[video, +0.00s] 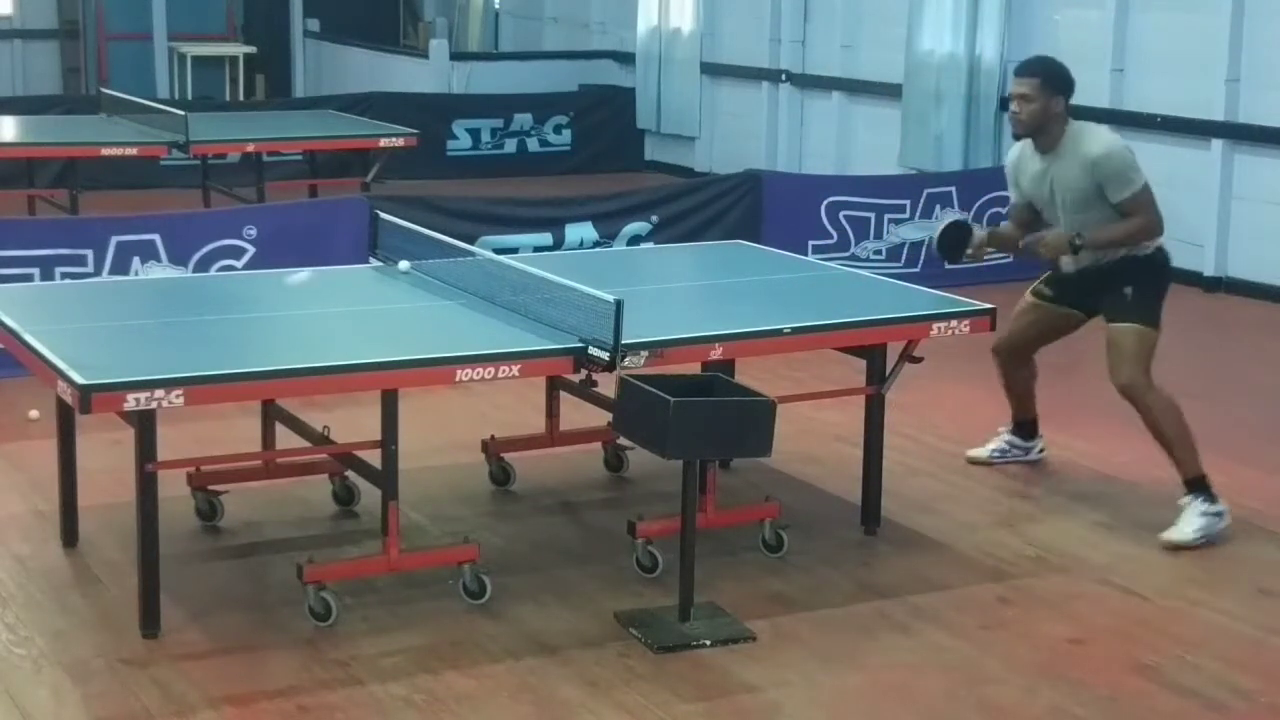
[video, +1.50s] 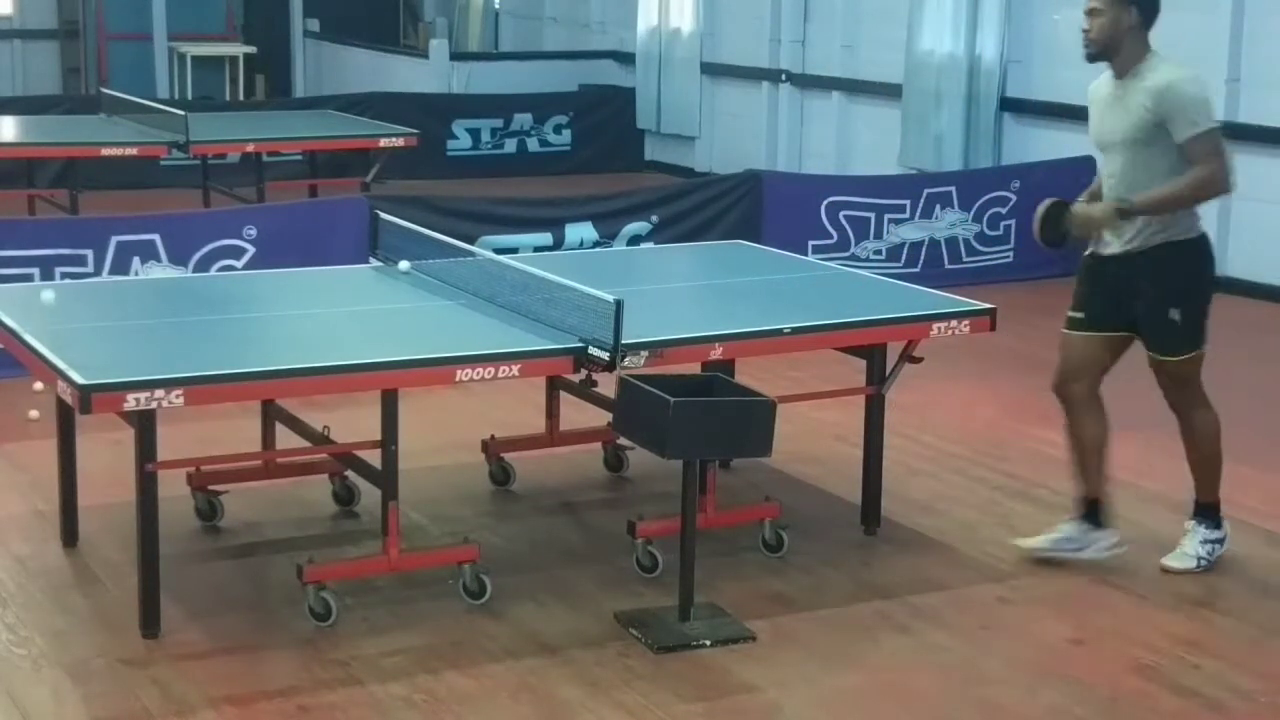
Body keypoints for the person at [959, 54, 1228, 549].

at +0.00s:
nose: (1012, 108)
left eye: (1023, 100)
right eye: (1011, 100)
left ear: (1057, 104)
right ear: (1014, 102)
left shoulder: (1103, 150)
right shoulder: (1020, 159)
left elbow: (1150, 224)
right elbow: (1024, 227)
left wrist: (1074, 240)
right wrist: (988, 239)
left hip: (1134, 268)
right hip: (1076, 271)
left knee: (1130, 379)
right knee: (1009, 347)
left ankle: (1204, 501)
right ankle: (1024, 438)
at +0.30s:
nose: (1037, 99)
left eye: (1048, 91)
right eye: (1036, 90)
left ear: (1082, 97)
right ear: (1041, 94)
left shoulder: (1122, 145)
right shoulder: (1050, 149)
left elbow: (1164, 224)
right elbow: (1061, 219)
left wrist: (1086, 232)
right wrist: (1031, 227)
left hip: (1155, 268)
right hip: (1099, 269)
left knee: (1150, 379)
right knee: (1040, 351)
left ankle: (1226, 500)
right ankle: (1052, 439)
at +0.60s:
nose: (1078, 89)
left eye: (1088, 81)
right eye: (1077, 79)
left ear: (1121, 85)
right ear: (1090, 85)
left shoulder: (1164, 140)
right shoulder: (1089, 144)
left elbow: (1205, 217)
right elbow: (1094, 209)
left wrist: (1123, 228)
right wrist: (1061, 220)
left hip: (1177, 277)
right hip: (1122, 274)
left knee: (1160, 394)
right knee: (1072, 357)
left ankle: (1233, 506)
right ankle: (1060, 438)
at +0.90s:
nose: (1114, 45)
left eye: (1125, 36)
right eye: (1112, 34)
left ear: (1159, 40)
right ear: (1113, 37)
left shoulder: (1198, 98)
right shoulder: (1111, 96)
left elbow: (1250, 174)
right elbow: (1117, 175)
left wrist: (1174, 206)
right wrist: (1088, 193)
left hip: (1199, 240)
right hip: (1142, 245)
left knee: (1193, 370)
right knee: (1148, 371)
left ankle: (1251, 501)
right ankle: (1212, 478)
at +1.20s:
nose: (1124, 36)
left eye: (1135, 25)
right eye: (1120, 26)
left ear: (1172, 29)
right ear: (1116, 33)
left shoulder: (1214, 93)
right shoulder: (1111, 102)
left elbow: (1269, 160)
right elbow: (1109, 169)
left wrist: (1200, 199)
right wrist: (1097, 214)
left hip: (1203, 256)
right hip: (1140, 262)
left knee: (1190, 395)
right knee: (1145, 383)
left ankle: (1215, 533)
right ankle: (1197, 463)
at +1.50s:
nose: (1085, 24)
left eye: (1096, 14)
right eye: (1086, 15)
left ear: (1134, 19)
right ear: (1116, 22)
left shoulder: (1174, 85)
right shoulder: (1100, 89)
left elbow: (1214, 176)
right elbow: (1117, 172)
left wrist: (1122, 210)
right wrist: (1078, 211)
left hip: (1173, 261)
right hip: (1112, 261)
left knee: (1184, 392)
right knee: (1073, 383)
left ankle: (1207, 524)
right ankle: (1092, 522)